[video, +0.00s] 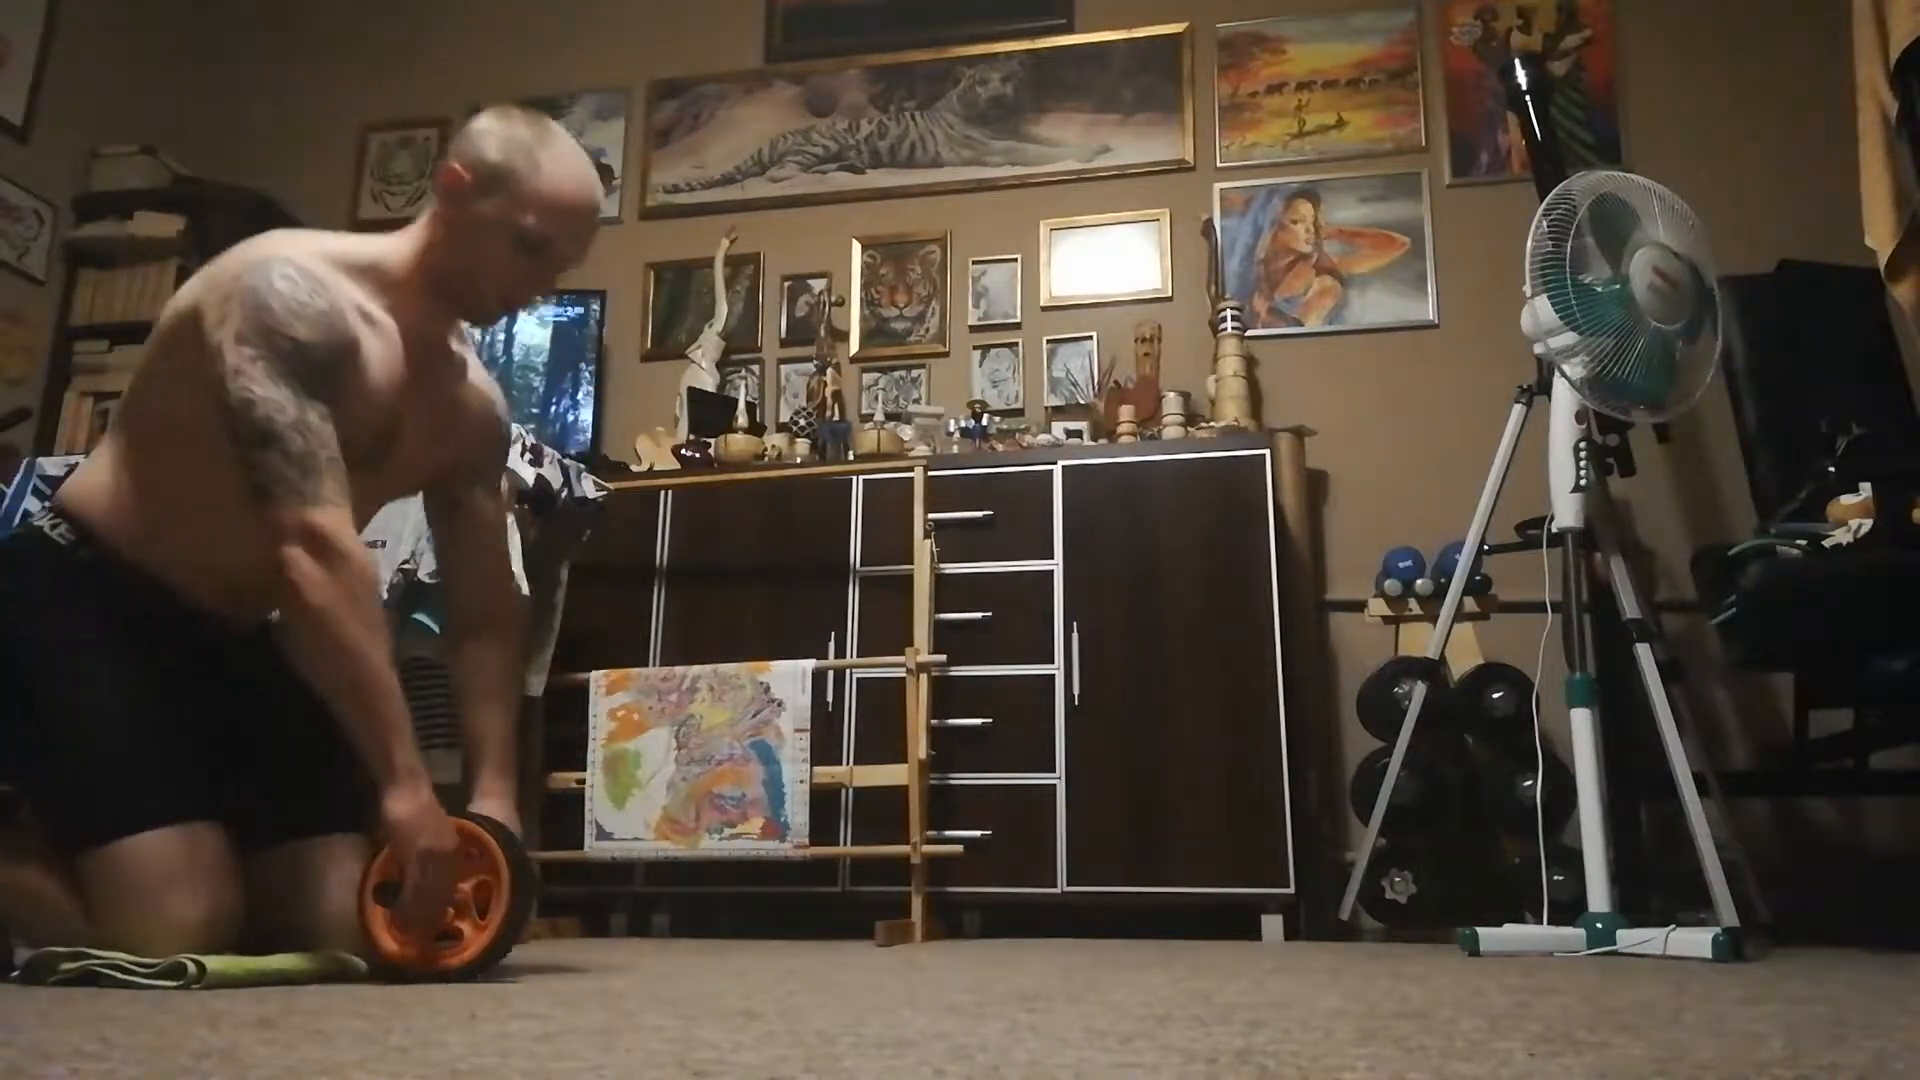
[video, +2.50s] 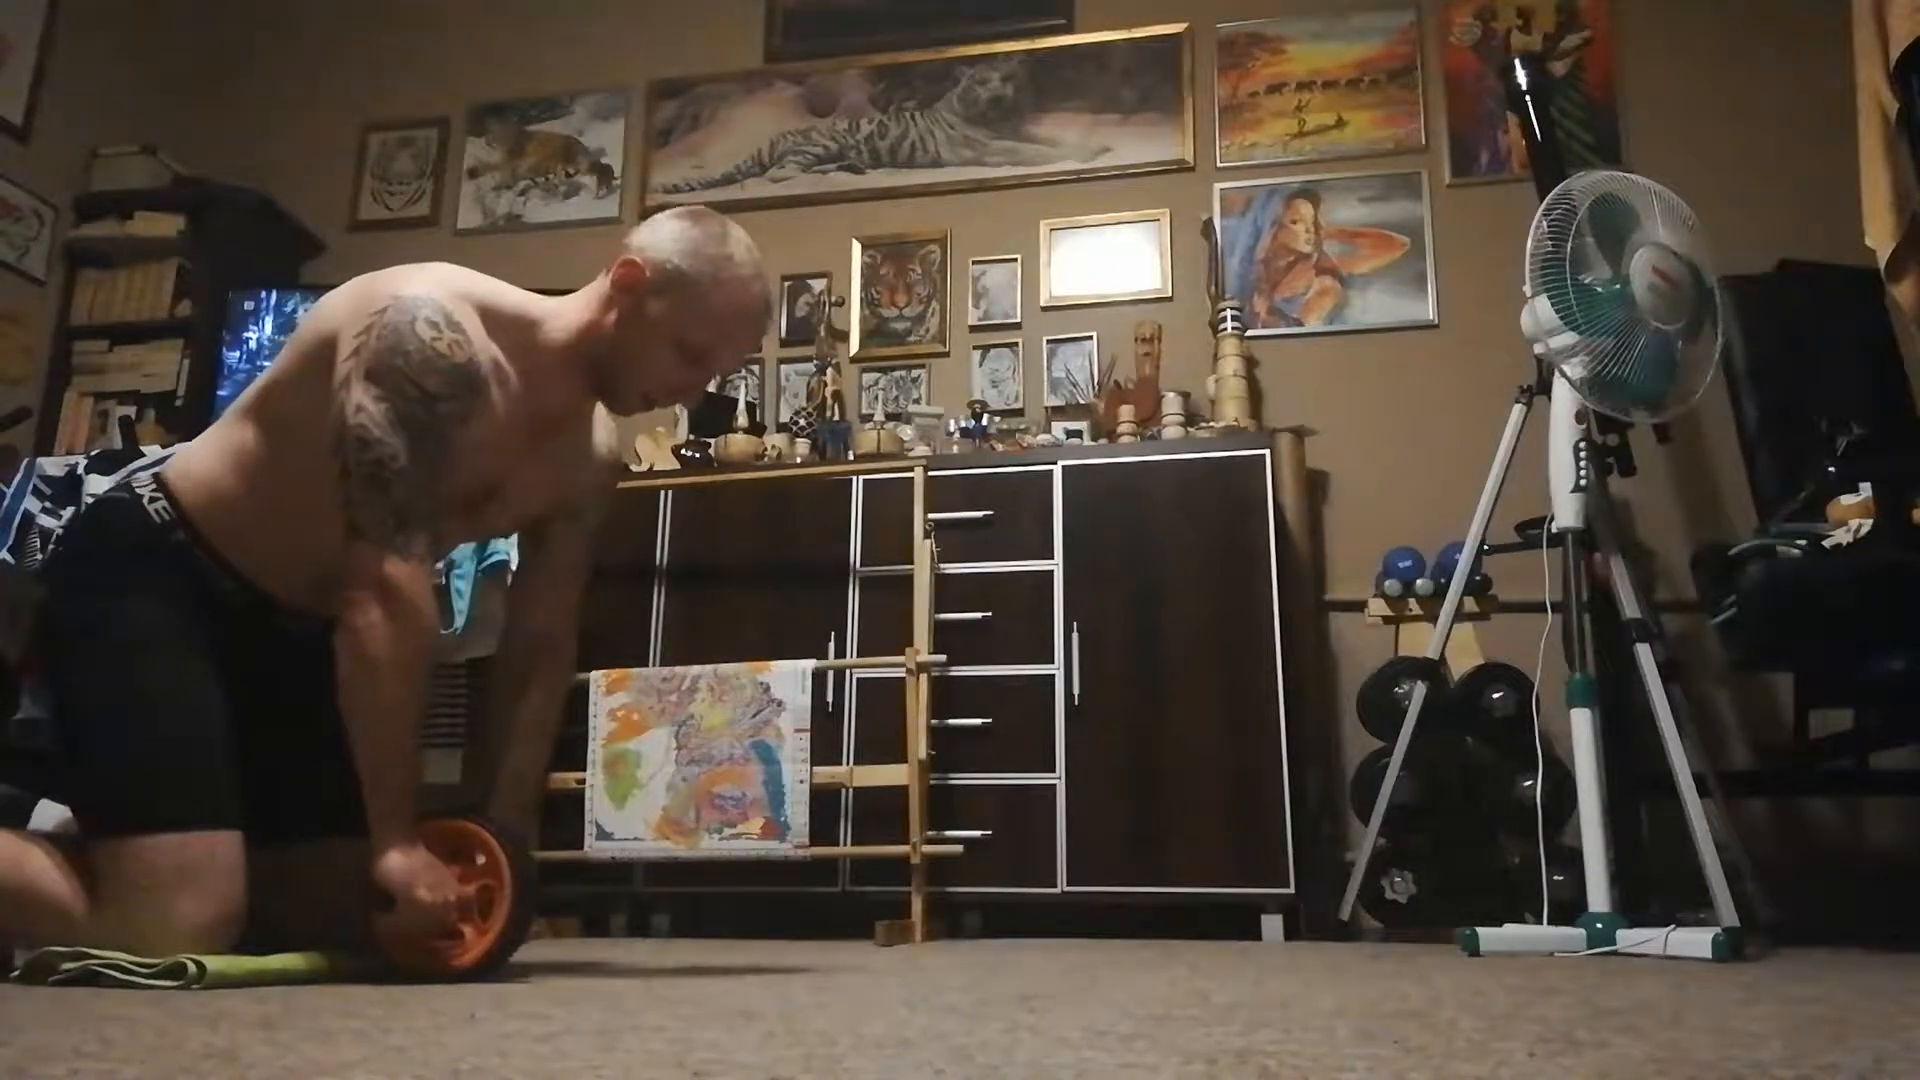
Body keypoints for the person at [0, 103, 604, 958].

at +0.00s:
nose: (543, 282)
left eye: (562, 265)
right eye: (531, 246)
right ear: (453, 191)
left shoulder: (473, 412)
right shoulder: (283, 292)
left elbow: (487, 618)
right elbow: (314, 556)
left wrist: (493, 791)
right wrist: (405, 786)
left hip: (245, 635)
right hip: (88, 593)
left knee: (335, 930)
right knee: (180, 931)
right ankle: (5, 847)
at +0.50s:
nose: (580, 320)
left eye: (597, 301)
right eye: (570, 285)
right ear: (487, 227)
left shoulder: (491, 447)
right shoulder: (319, 335)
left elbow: (487, 647)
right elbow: (328, 595)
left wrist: (481, 830)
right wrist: (386, 831)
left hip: (242, 645)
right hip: (87, 602)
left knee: (337, 924)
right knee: (182, 925)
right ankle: (10, 862)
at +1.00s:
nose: (600, 331)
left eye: (618, 308)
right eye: (590, 293)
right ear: (510, 240)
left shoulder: (508, 457)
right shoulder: (340, 340)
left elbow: (501, 658)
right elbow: (331, 601)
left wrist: (482, 835)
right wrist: (379, 838)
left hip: (245, 643)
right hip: (92, 599)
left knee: (334, 922)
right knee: (180, 930)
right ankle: (11, 866)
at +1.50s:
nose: (637, 286)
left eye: (653, 266)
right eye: (623, 249)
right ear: (538, 209)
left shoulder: (551, 440)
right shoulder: (384, 326)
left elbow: (519, 627)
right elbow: (368, 593)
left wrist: (490, 829)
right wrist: (401, 833)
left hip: (265, 636)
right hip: (116, 579)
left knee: (345, 916)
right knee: (178, 929)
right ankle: (10, 850)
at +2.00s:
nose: (729, 349)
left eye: (742, 326)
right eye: (718, 313)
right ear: (636, 256)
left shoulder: (604, 458)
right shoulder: (455, 336)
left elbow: (544, 658)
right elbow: (393, 606)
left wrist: (497, 858)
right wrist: (400, 857)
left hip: (293, 635)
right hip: (148, 569)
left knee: (355, 910)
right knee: (184, 923)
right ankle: (7, 844)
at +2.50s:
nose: (698, 390)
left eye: (719, 373)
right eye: (695, 357)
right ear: (629, 288)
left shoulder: (587, 459)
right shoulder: (427, 335)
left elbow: (537, 652)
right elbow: (381, 606)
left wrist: (495, 858)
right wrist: (397, 843)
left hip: (293, 628)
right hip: (152, 566)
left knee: (362, 914)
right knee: (175, 927)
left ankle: (125, 869)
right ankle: (13, 847)